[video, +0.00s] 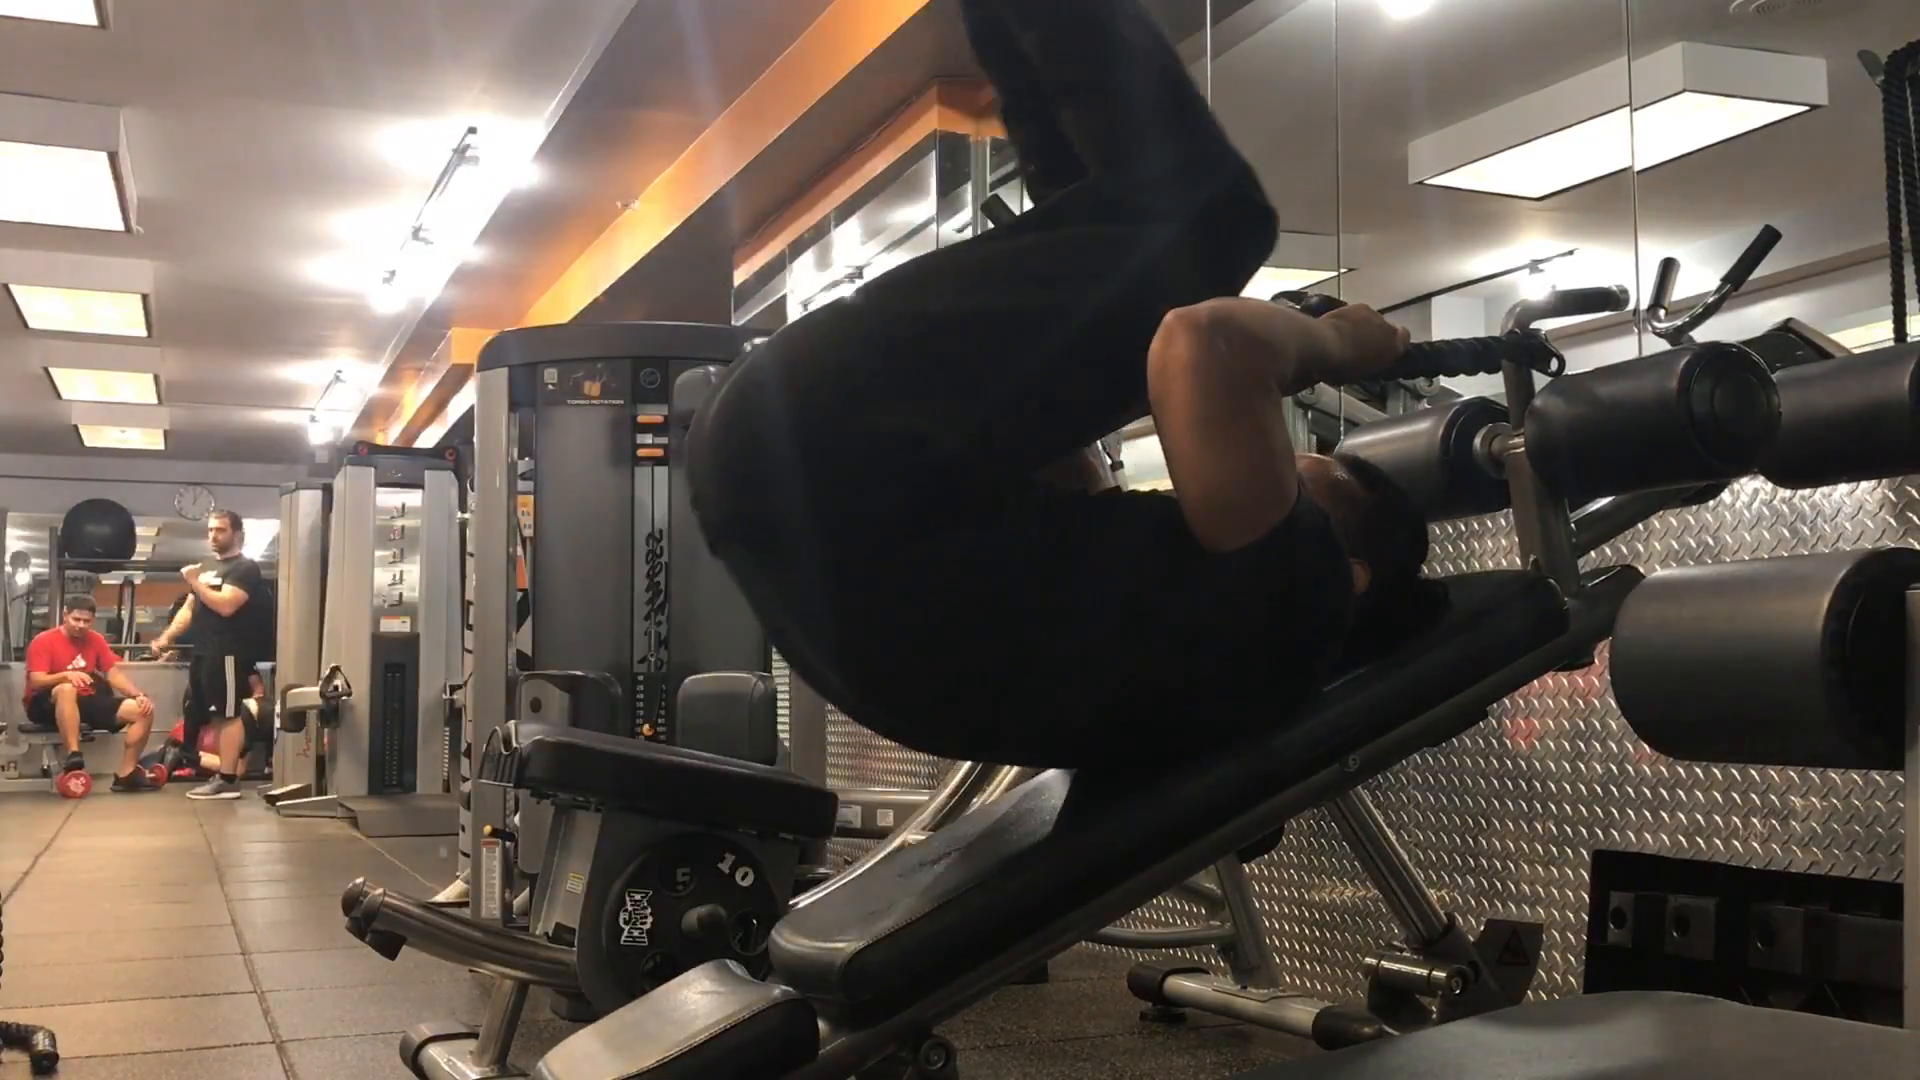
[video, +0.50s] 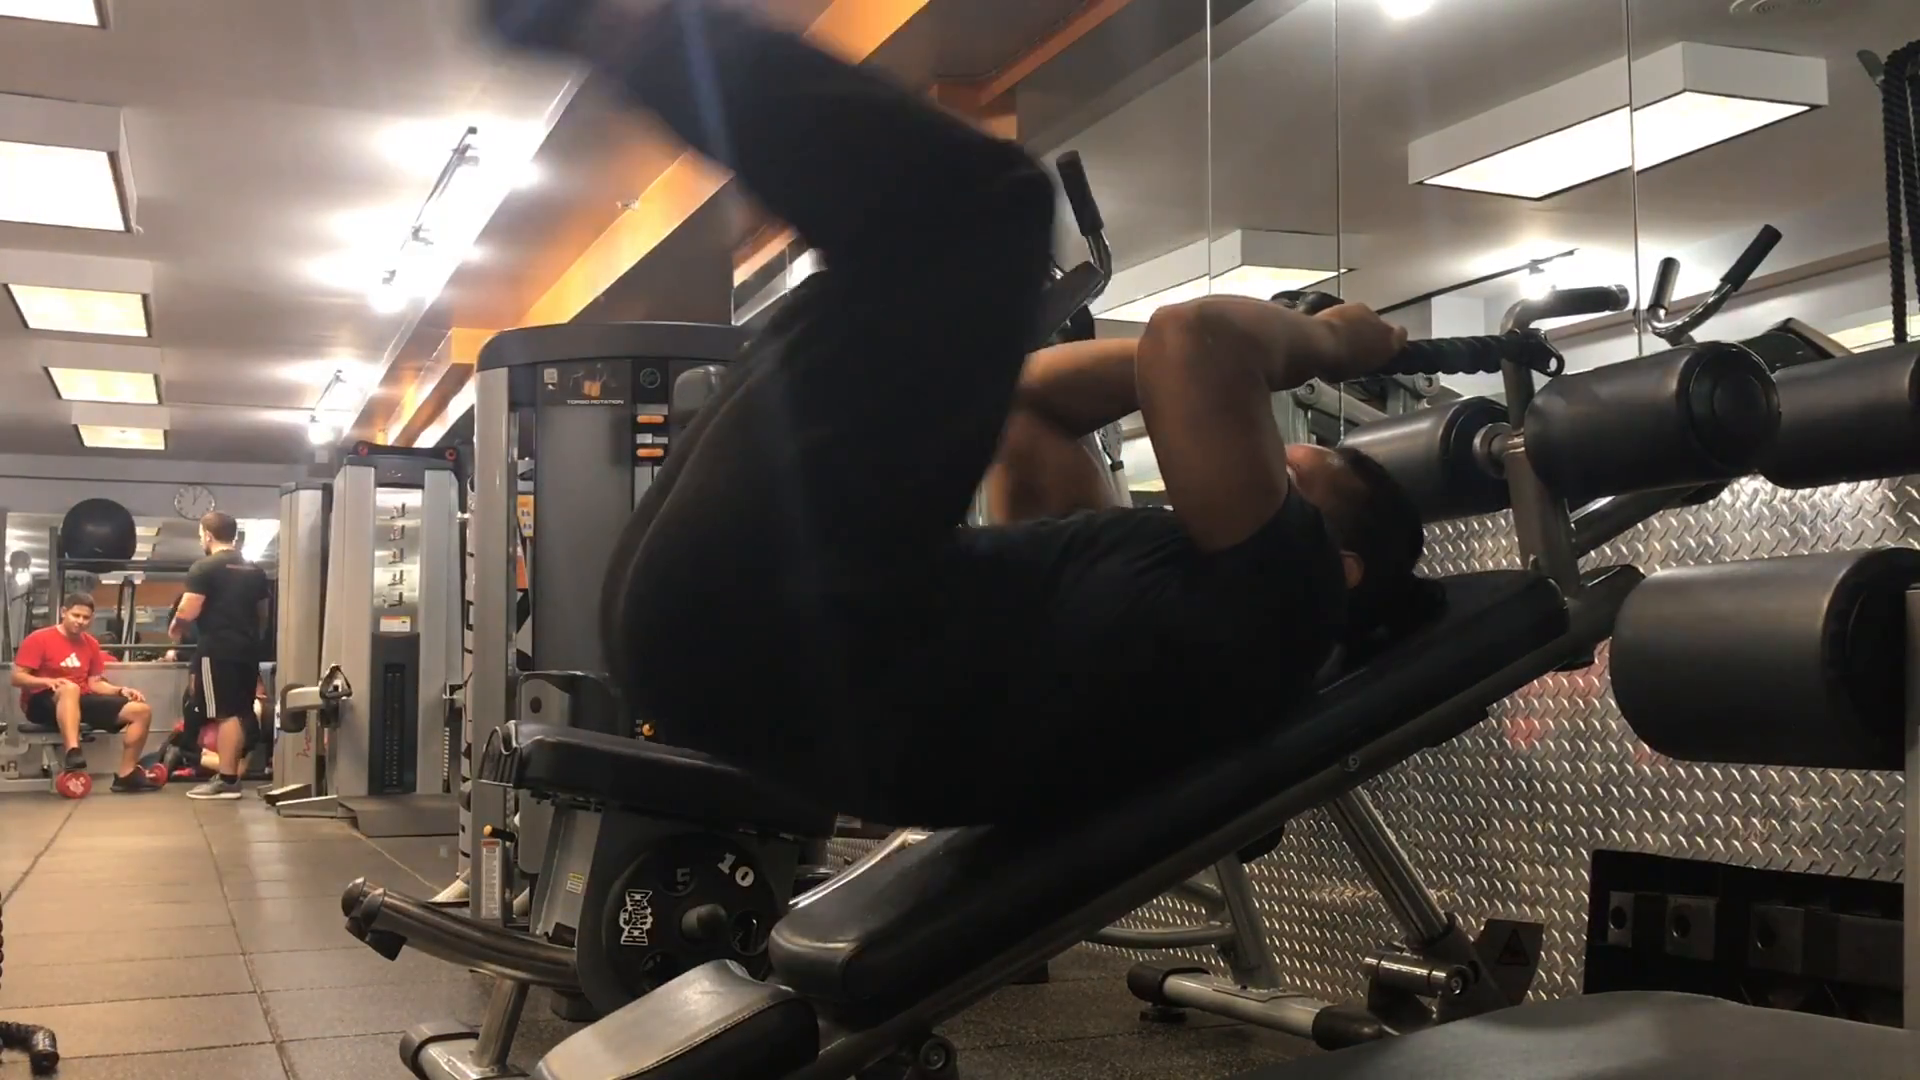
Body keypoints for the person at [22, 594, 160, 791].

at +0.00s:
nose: (81, 626)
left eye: (86, 621)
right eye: (76, 620)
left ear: (93, 620)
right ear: (65, 616)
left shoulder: (96, 641)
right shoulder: (43, 641)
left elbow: (112, 673)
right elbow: (36, 681)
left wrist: (137, 694)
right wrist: (67, 675)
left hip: (85, 703)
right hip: (44, 705)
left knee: (142, 711)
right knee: (66, 688)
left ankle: (126, 774)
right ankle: (74, 754)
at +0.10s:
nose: (82, 624)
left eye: (87, 620)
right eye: (77, 618)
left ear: (93, 620)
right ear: (66, 615)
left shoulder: (94, 643)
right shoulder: (42, 640)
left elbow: (101, 681)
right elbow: (30, 680)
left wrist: (129, 693)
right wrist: (58, 678)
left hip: (84, 702)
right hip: (44, 705)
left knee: (142, 711)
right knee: (69, 688)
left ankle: (126, 774)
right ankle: (74, 755)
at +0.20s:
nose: (82, 623)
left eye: (87, 619)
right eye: (77, 617)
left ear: (94, 620)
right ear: (66, 613)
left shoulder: (93, 644)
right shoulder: (41, 640)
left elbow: (96, 682)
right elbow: (20, 679)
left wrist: (123, 692)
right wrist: (49, 681)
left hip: (83, 702)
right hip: (43, 705)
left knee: (142, 712)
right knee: (71, 687)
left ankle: (127, 774)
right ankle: (74, 755)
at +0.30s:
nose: (81, 621)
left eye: (87, 617)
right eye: (77, 615)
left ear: (92, 619)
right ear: (65, 612)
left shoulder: (92, 643)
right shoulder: (40, 638)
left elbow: (95, 682)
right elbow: (16, 676)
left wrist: (120, 690)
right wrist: (46, 679)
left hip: (83, 702)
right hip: (43, 704)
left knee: (142, 712)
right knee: (71, 685)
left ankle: (127, 774)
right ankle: (72, 752)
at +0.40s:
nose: (81, 621)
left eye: (86, 617)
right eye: (76, 615)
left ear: (91, 618)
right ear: (64, 612)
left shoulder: (91, 643)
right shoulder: (40, 638)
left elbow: (95, 682)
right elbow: (16, 676)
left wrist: (122, 690)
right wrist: (46, 680)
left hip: (81, 702)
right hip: (42, 703)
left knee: (141, 711)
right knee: (70, 685)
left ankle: (127, 775)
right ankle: (72, 747)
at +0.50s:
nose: (80, 622)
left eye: (86, 618)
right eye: (76, 616)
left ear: (91, 619)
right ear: (63, 613)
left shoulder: (91, 644)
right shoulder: (39, 639)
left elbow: (95, 683)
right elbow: (17, 677)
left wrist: (121, 691)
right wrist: (47, 682)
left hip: (81, 702)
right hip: (42, 704)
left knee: (141, 711)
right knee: (70, 688)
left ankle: (127, 775)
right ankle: (73, 752)